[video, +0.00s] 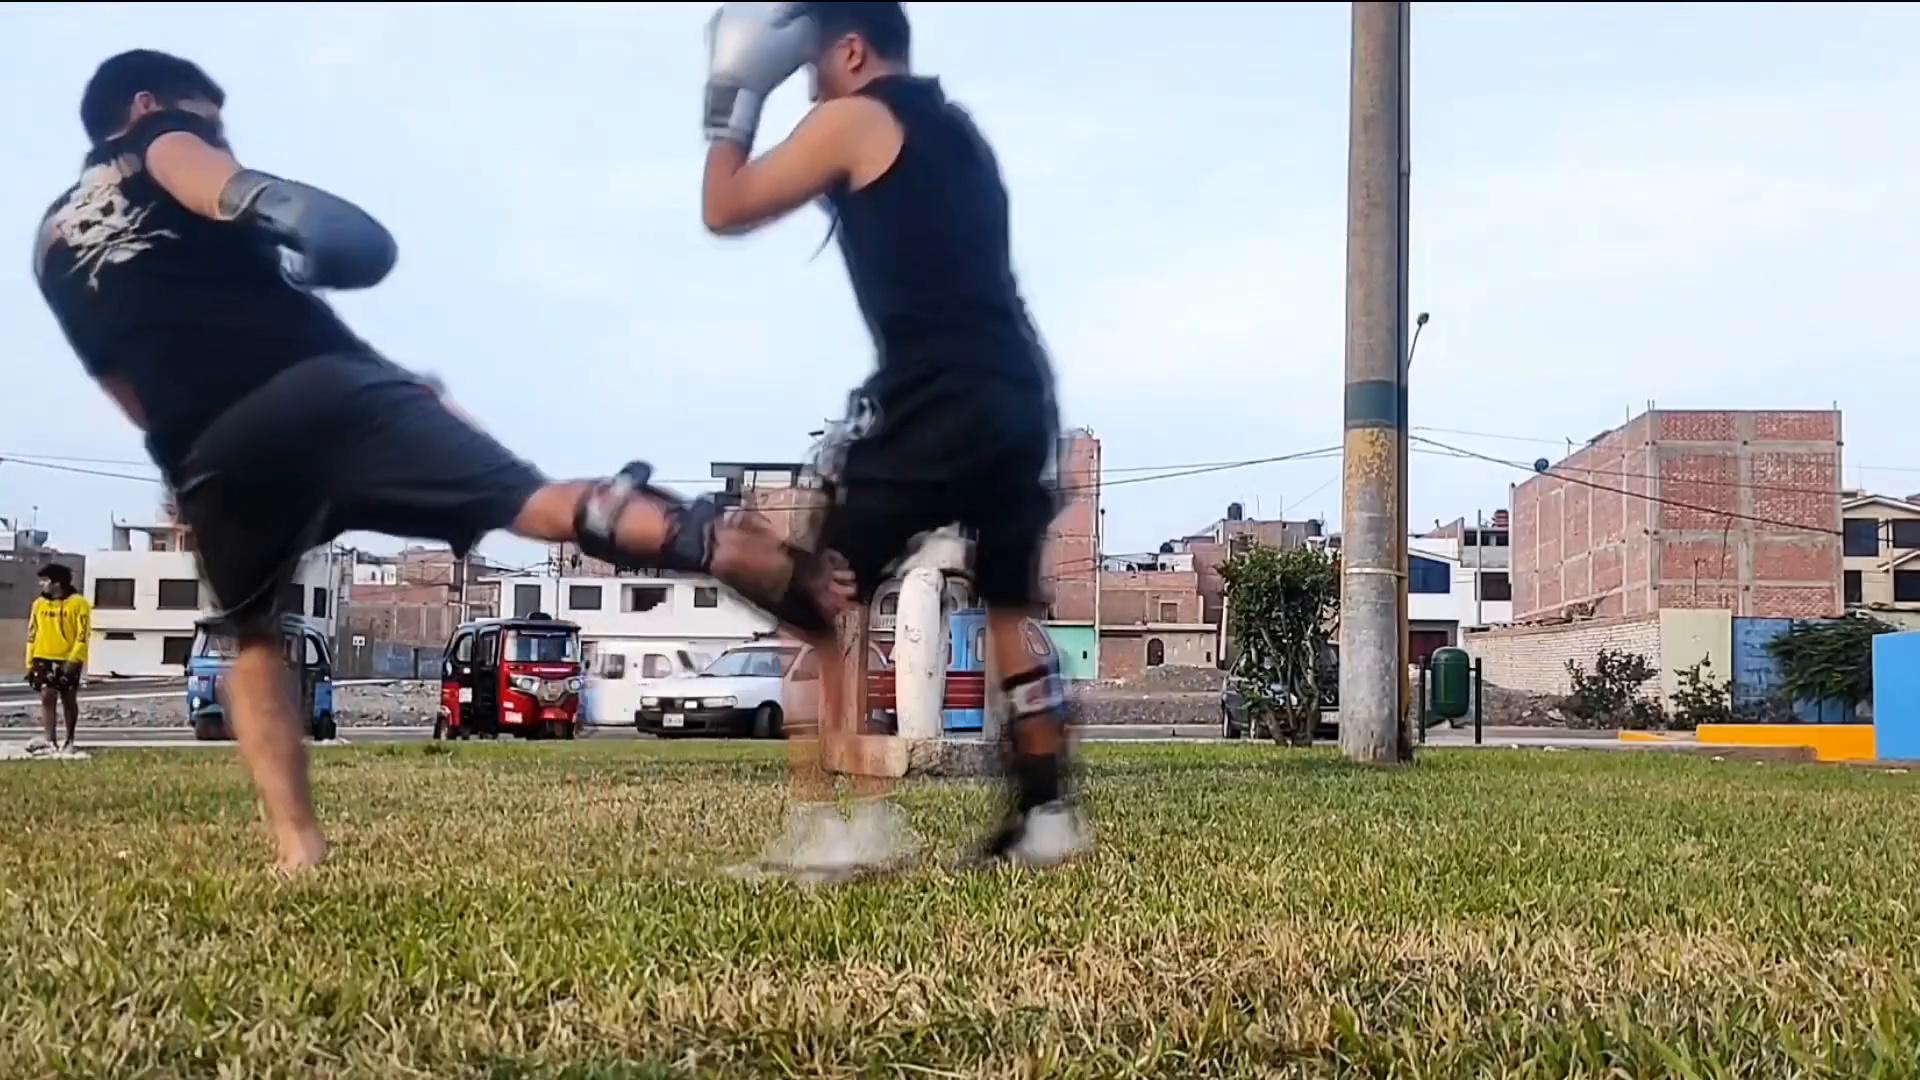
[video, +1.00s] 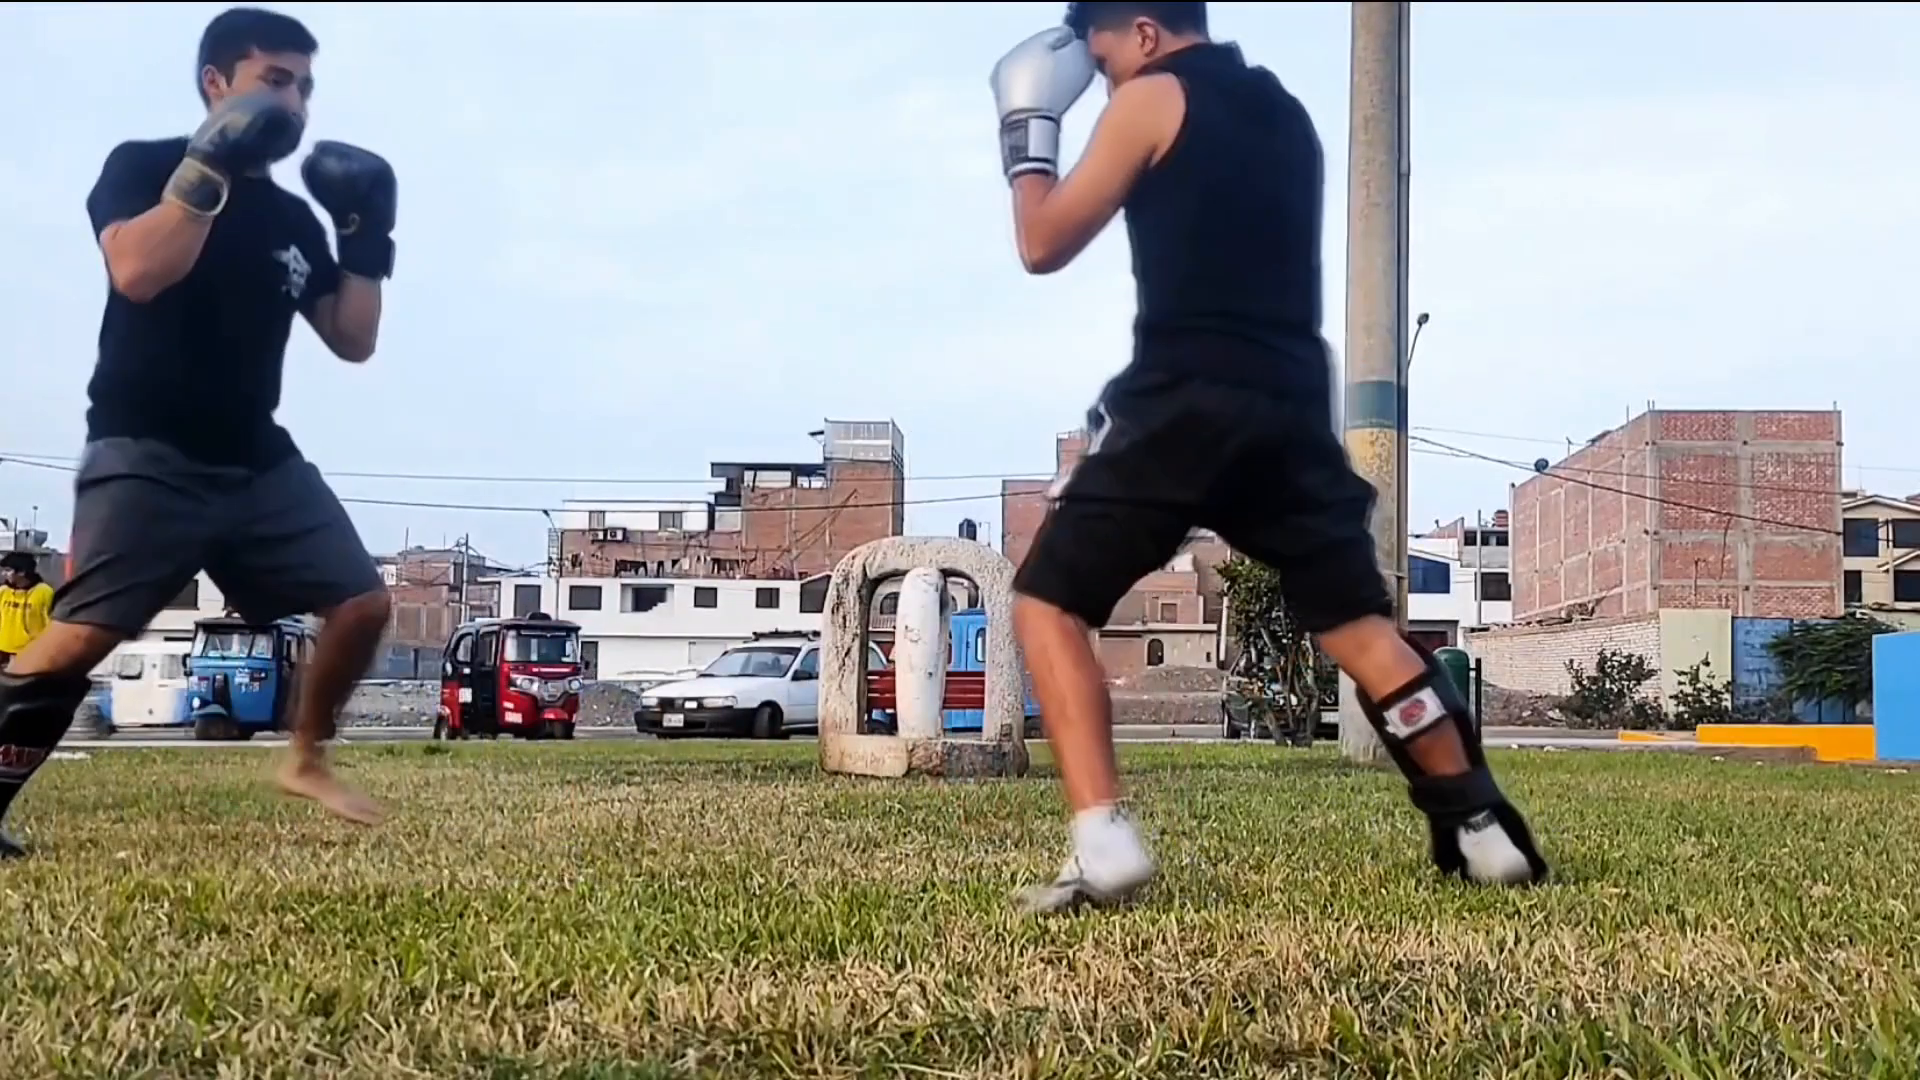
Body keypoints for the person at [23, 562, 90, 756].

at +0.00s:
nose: (42, 584)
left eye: (46, 581)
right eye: (42, 581)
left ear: (58, 583)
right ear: (53, 583)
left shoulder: (78, 604)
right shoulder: (39, 604)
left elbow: (82, 636)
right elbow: (32, 635)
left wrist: (74, 661)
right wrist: (30, 663)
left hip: (68, 659)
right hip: (44, 658)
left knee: (68, 700)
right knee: (47, 698)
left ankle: (69, 739)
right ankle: (49, 739)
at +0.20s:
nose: (34, 580)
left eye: (38, 576)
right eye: (34, 576)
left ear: (51, 578)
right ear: (43, 578)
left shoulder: (73, 598)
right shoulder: (31, 601)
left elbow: (79, 631)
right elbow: (23, 632)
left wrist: (65, 652)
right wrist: (22, 660)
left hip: (62, 656)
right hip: (37, 656)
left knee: (59, 696)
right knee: (44, 698)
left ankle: (68, 734)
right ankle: (49, 739)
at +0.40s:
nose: (28, 579)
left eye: (32, 575)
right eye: (28, 575)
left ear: (46, 577)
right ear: (34, 578)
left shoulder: (67, 598)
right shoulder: (24, 599)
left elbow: (77, 629)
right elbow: (14, 628)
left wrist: (73, 654)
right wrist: (9, 655)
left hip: (55, 652)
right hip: (31, 653)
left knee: (47, 694)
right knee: (39, 697)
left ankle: (49, 739)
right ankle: (48, 738)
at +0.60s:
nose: (22, 579)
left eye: (26, 575)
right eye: (22, 575)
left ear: (40, 577)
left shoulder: (62, 598)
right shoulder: (18, 598)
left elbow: (74, 630)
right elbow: (6, 627)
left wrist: (78, 659)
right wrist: (2, 651)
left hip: (48, 653)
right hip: (22, 653)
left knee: (38, 695)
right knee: (33, 699)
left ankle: (33, 740)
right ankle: (47, 739)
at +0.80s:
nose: (16, 575)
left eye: (20, 571)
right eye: (15, 571)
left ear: (34, 574)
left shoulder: (55, 594)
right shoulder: (11, 593)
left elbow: (66, 630)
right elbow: (2, 625)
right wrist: (2, 653)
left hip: (40, 662)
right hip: (11, 658)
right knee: (10, 704)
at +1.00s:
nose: (4, 574)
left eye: (8, 571)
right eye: (4, 570)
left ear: (22, 572)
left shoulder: (44, 592)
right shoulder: (3, 591)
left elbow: (52, 625)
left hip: (32, 655)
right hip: (5, 653)